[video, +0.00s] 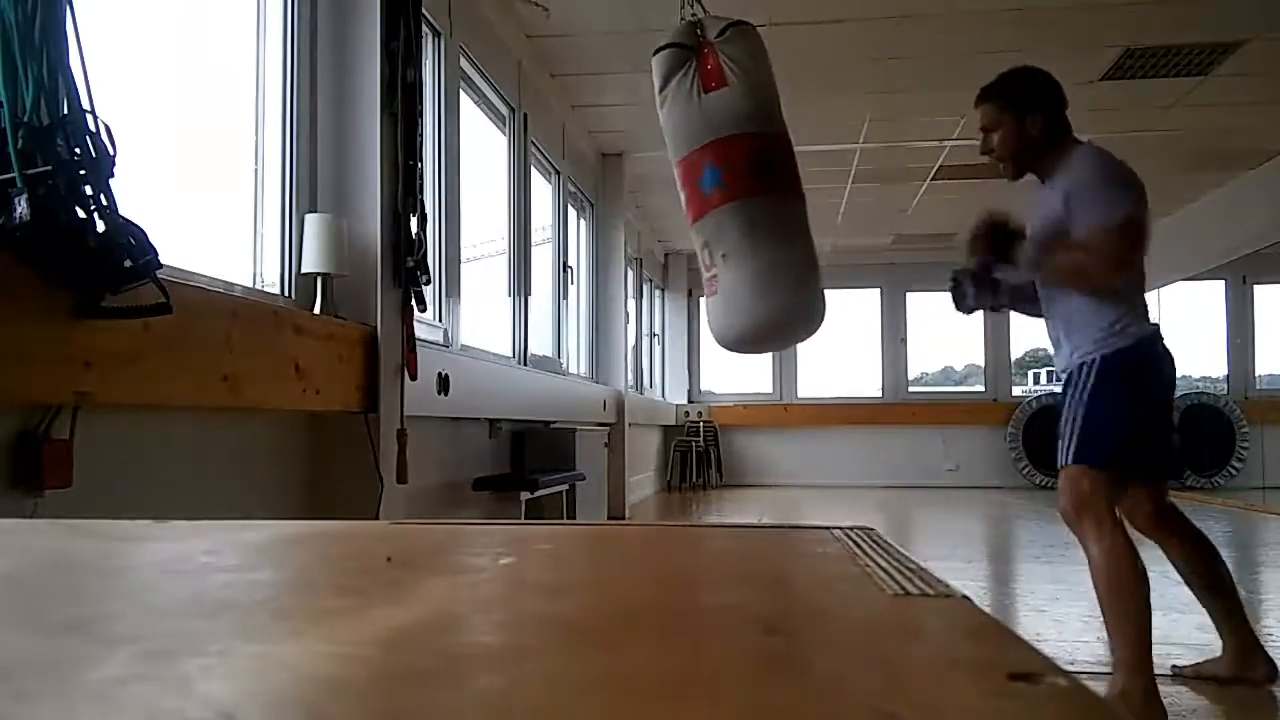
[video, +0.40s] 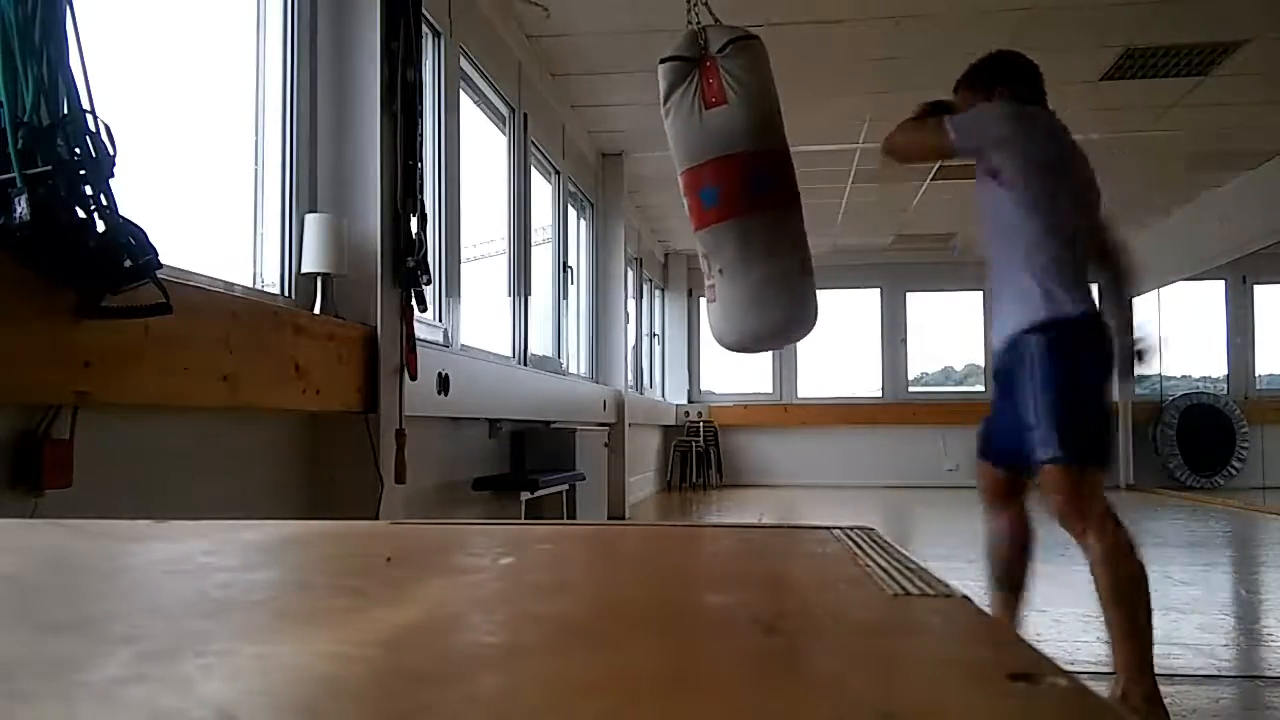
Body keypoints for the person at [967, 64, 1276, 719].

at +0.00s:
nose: (986, 146)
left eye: (992, 130)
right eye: (982, 133)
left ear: (1034, 121)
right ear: (1032, 127)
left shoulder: (1095, 171)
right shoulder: (1053, 194)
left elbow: (1116, 270)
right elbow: (1068, 292)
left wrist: (1023, 250)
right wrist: (1001, 290)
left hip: (1116, 358)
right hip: (1102, 362)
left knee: (1083, 502)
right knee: (1146, 509)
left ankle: (1136, 692)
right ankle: (1245, 654)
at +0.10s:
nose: (969, 143)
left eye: (976, 128)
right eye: (966, 131)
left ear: (1019, 118)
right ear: (1011, 125)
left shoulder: (1098, 166)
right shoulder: (1015, 194)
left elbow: (1186, 236)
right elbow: (982, 277)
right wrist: (956, 238)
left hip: (1117, 353)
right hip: (1079, 365)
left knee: (1096, 501)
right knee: (1154, 509)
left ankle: (1139, 696)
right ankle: (1245, 646)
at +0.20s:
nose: (954, 140)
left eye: (958, 125)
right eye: (950, 129)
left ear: (996, 112)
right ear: (992, 116)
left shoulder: (1073, 149)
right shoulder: (999, 181)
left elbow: (1168, 202)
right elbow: (936, 238)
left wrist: (1125, 267)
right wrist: (922, 181)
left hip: (1106, 343)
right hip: (1069, 357)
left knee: (1106, 504)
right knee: (1135, 501)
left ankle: (1138, 696)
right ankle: (1233, 634)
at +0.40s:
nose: (963, 119)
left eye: (966, 107)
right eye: (962, 109)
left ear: (988, 95)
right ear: (1025, 94)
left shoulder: (1010, 123)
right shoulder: (1058, 151)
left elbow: (898, 145)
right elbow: (1108, 257)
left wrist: (934, 110)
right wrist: (1125, 341)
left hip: (1056, 335)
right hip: (1024, 343)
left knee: (1076, 501)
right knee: (1000, 486)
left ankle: (1138, 693)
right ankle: (1002, 643)